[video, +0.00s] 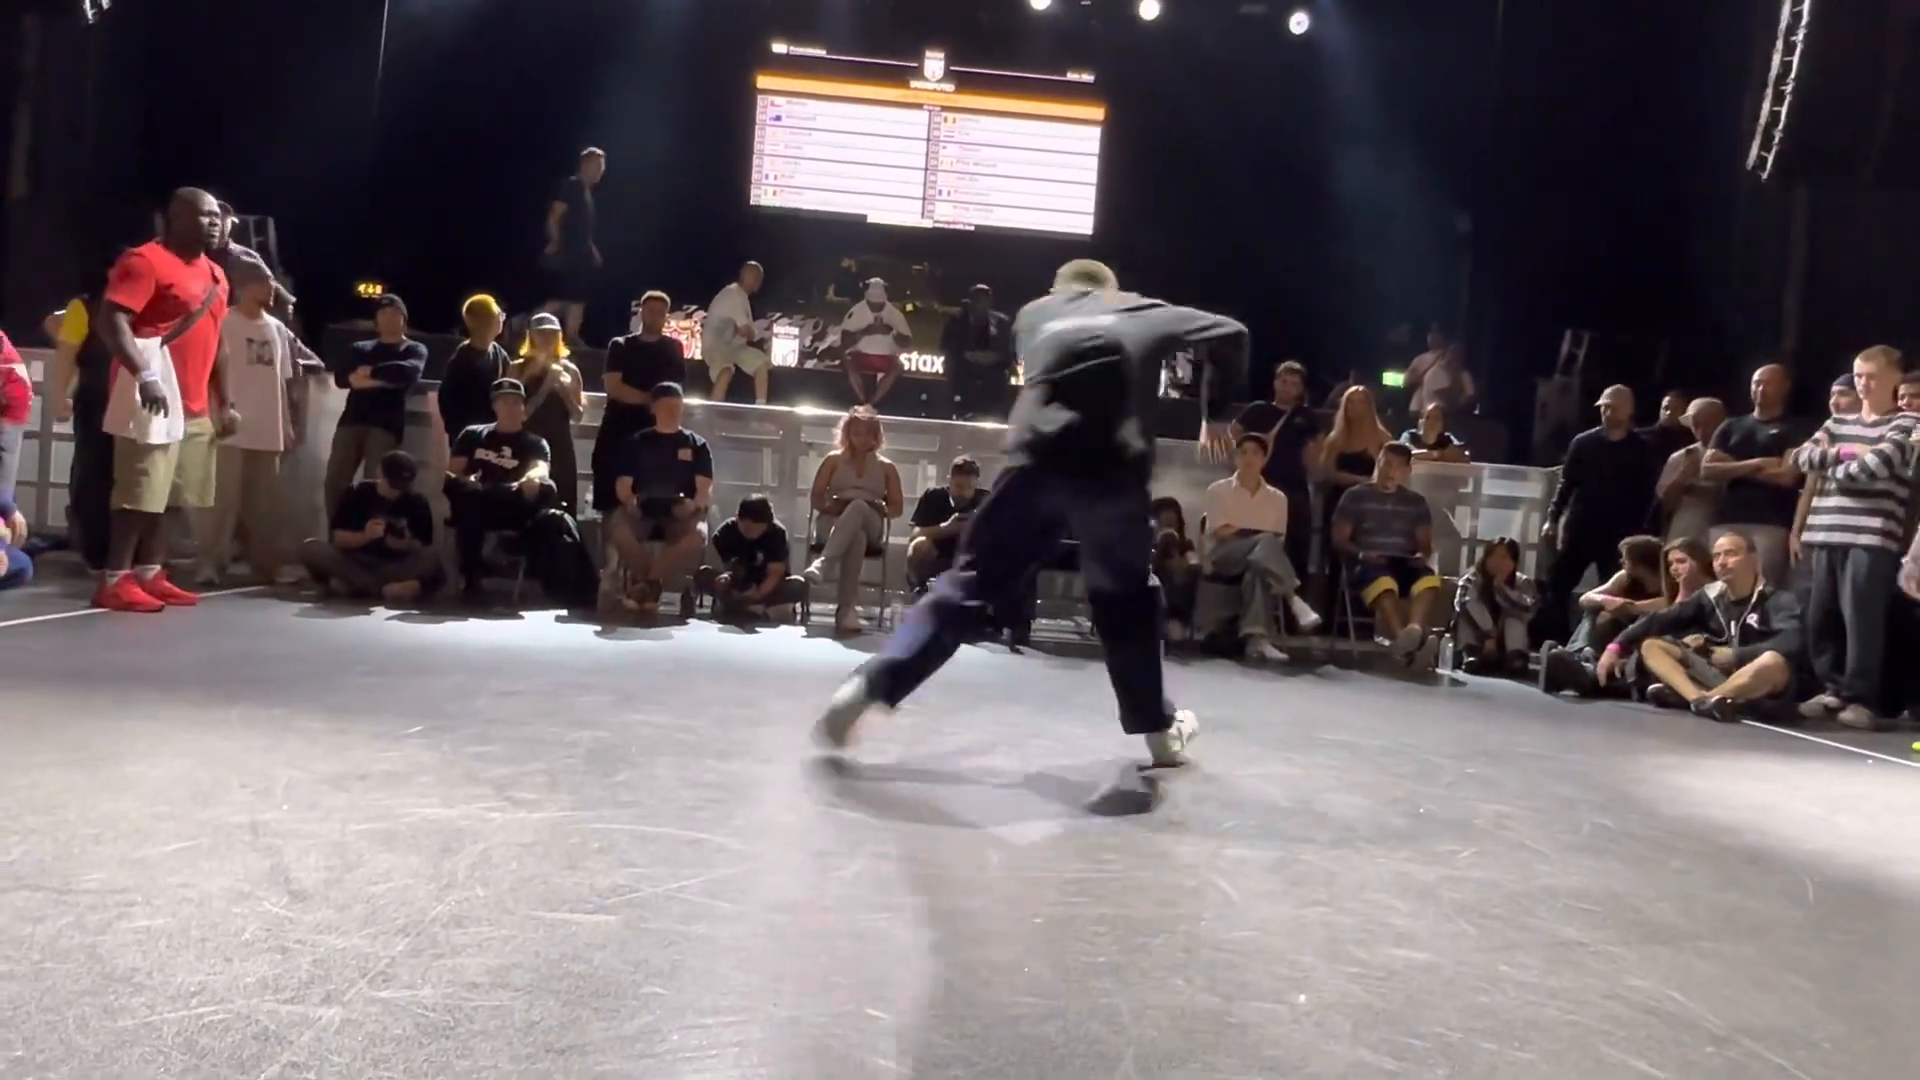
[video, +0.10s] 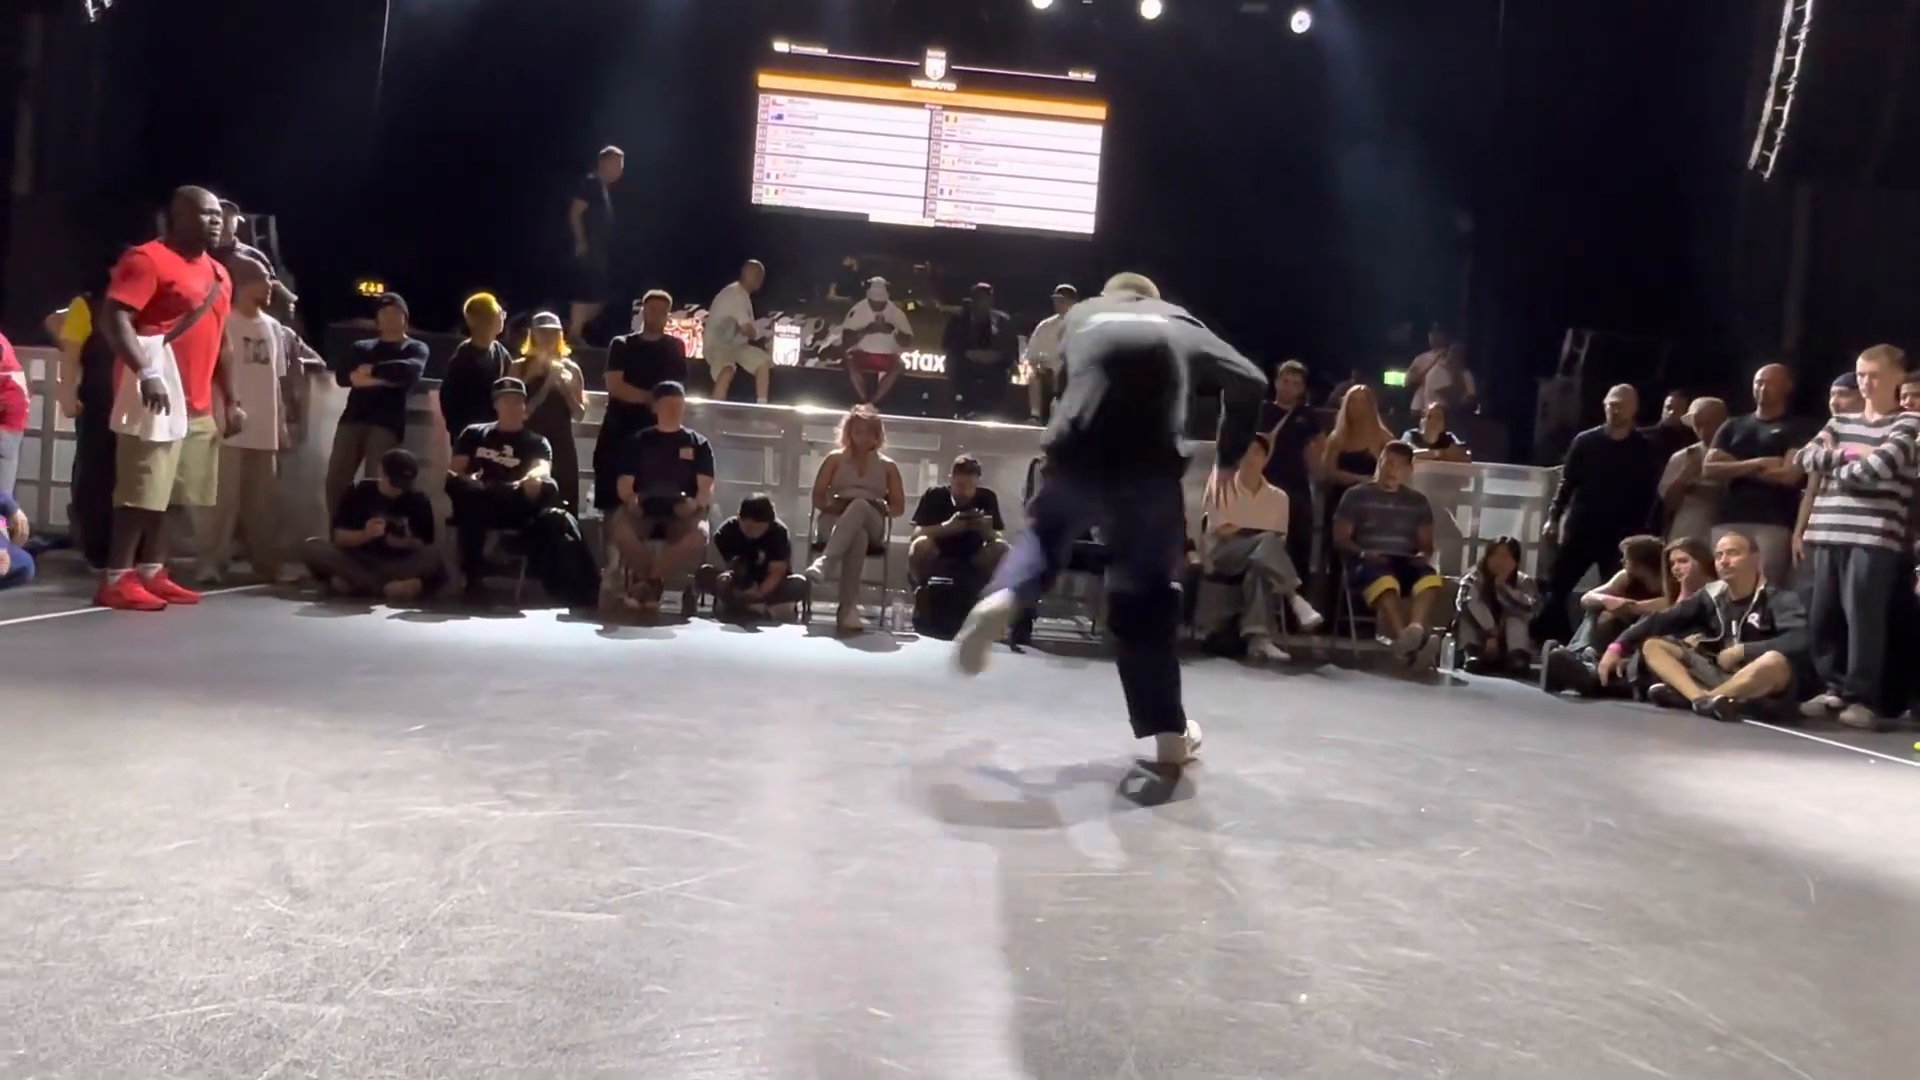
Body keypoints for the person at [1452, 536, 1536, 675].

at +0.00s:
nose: (1497, 562)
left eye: (1503, 557)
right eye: (1492, 556)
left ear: (1513, 564)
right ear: (1485, 559)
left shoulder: (1522, 582)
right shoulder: (1471, 580)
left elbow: (1528, 607)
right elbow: (1465, 604)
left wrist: (1500, 587)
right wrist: (1489, 633)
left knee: (1513, 619)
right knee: (1466, 615)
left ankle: (1517, 657)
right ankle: (1469, 655)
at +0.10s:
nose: (1498, 561)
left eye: (1505, 557)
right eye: (1493, 555)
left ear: (1515, 563)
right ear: (1487, 558)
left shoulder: (1524, 582)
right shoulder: (1473, 579)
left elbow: (1531, 607)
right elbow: (1467, 604)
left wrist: (1502, 587)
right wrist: (1490, 631)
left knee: (1515, 618)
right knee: (1468, 613)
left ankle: (1518, 656)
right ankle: (1471, 654)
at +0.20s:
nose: (1501, 561)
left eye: (1507, 556)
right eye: (1496, 554)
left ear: (1517, 562)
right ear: (1489, 557)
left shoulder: (1526, 581)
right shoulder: (1475, 579)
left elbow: (1533, 608)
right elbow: (1468, 603)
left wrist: (1504, 586)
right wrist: (1492, 631)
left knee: (1516, 617)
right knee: (1470, 613)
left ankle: (1520, 656)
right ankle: (1473, 654)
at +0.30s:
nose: (1502, 560)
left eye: (1508, 555)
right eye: (1497, 554)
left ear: (1518, 561)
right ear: (1490, 556)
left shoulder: (1527, 580)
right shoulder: (1476, 577)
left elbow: (1533, 606)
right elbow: (1470, 602)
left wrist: (1505, 585)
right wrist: (1493, 631)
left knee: (1518, 616)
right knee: (1471, 612)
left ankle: (1521, 655)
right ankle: (1474, 652)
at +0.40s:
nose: (1503, 560)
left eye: (1510, 555)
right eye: (1499, 554)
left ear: (1520, 560)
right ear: (1492, 556)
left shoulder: (1528, 580)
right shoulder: (1478, 576)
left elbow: (1534, 606)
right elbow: (1470, 601)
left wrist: (1506, 585)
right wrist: (1494, 629)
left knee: (1519, 615)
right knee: (1472, 612)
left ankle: (1523, 654)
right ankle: (1475, 652)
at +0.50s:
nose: (1504, 559)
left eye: (1511, 554)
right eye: (1500, 553)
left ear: (1521, 559)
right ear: (1493, 555)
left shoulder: (1530, 579)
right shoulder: (1479, 575)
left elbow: (1535, 605)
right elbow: (1472, 600)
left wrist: (1507, 584)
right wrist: (1494, 629)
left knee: (1520, 615)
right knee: (1472, 611)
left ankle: (1523, 653)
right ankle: (1476, 650)